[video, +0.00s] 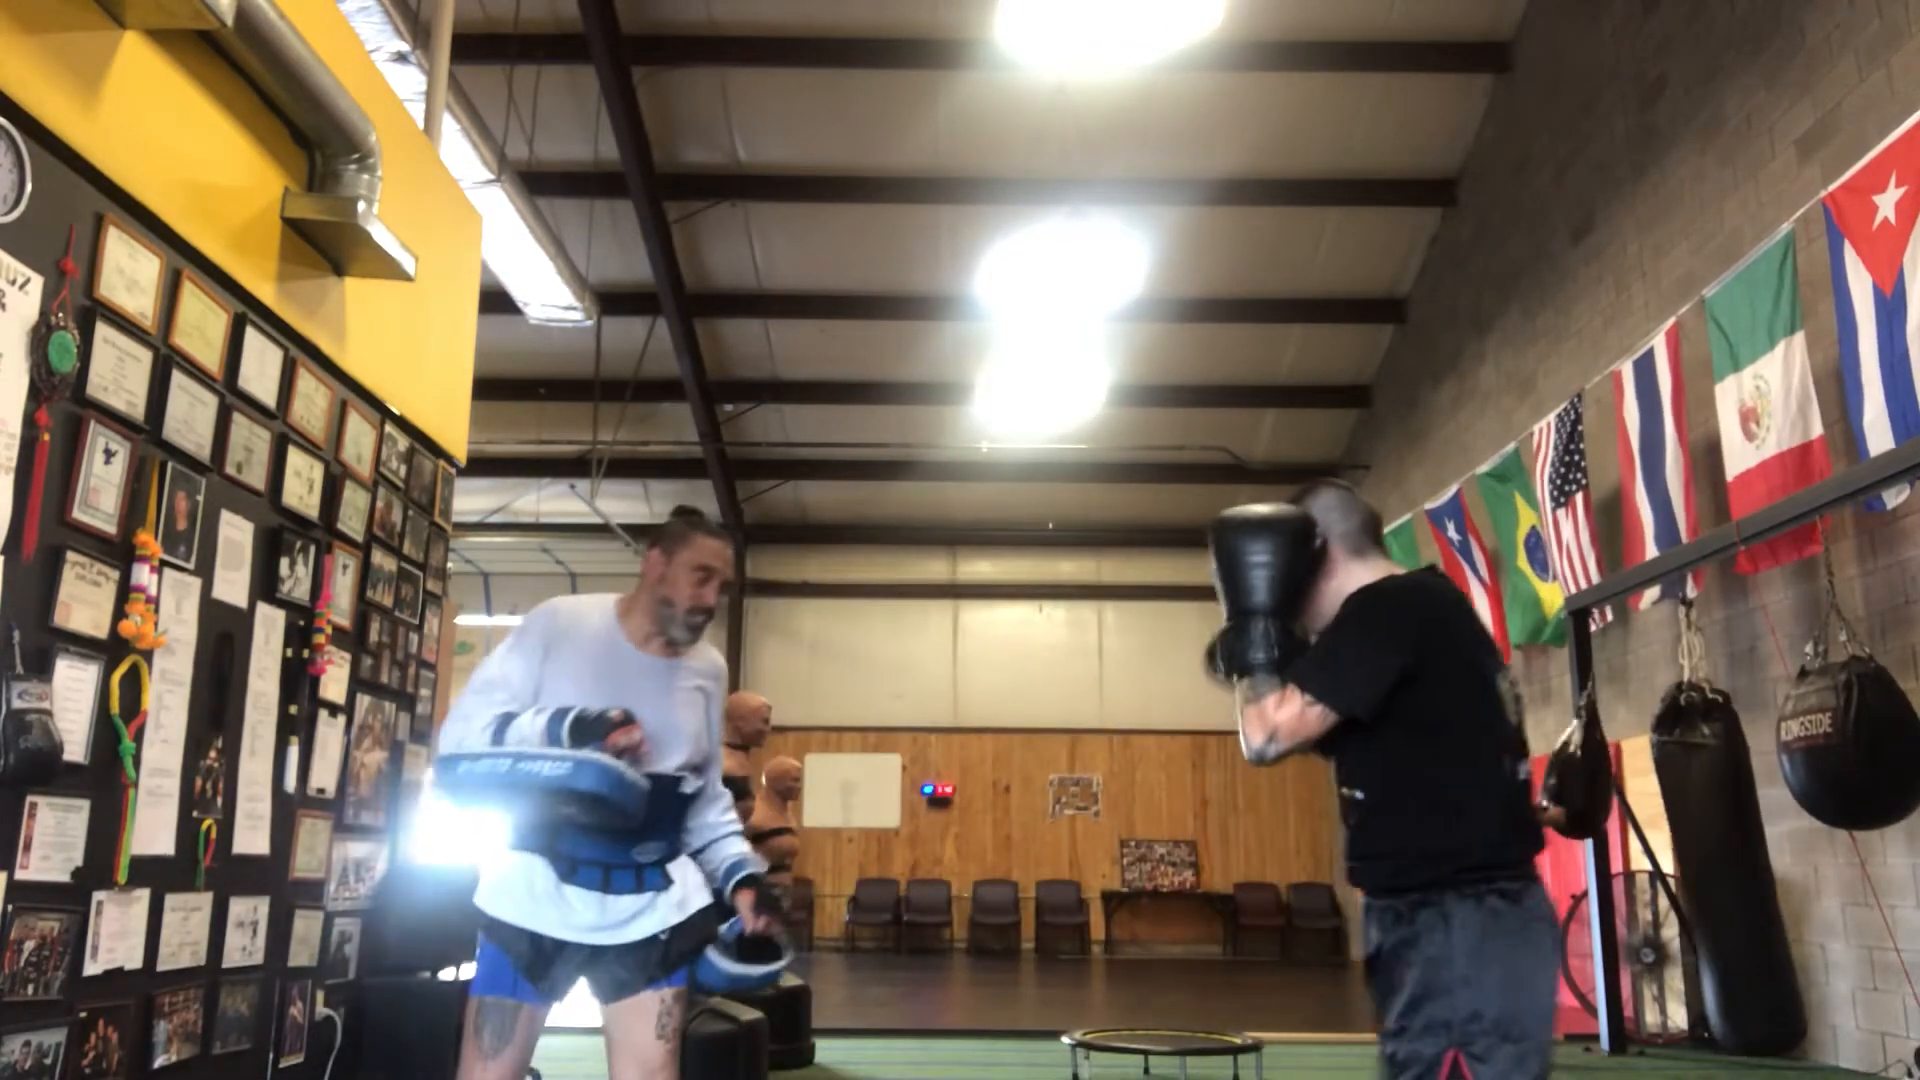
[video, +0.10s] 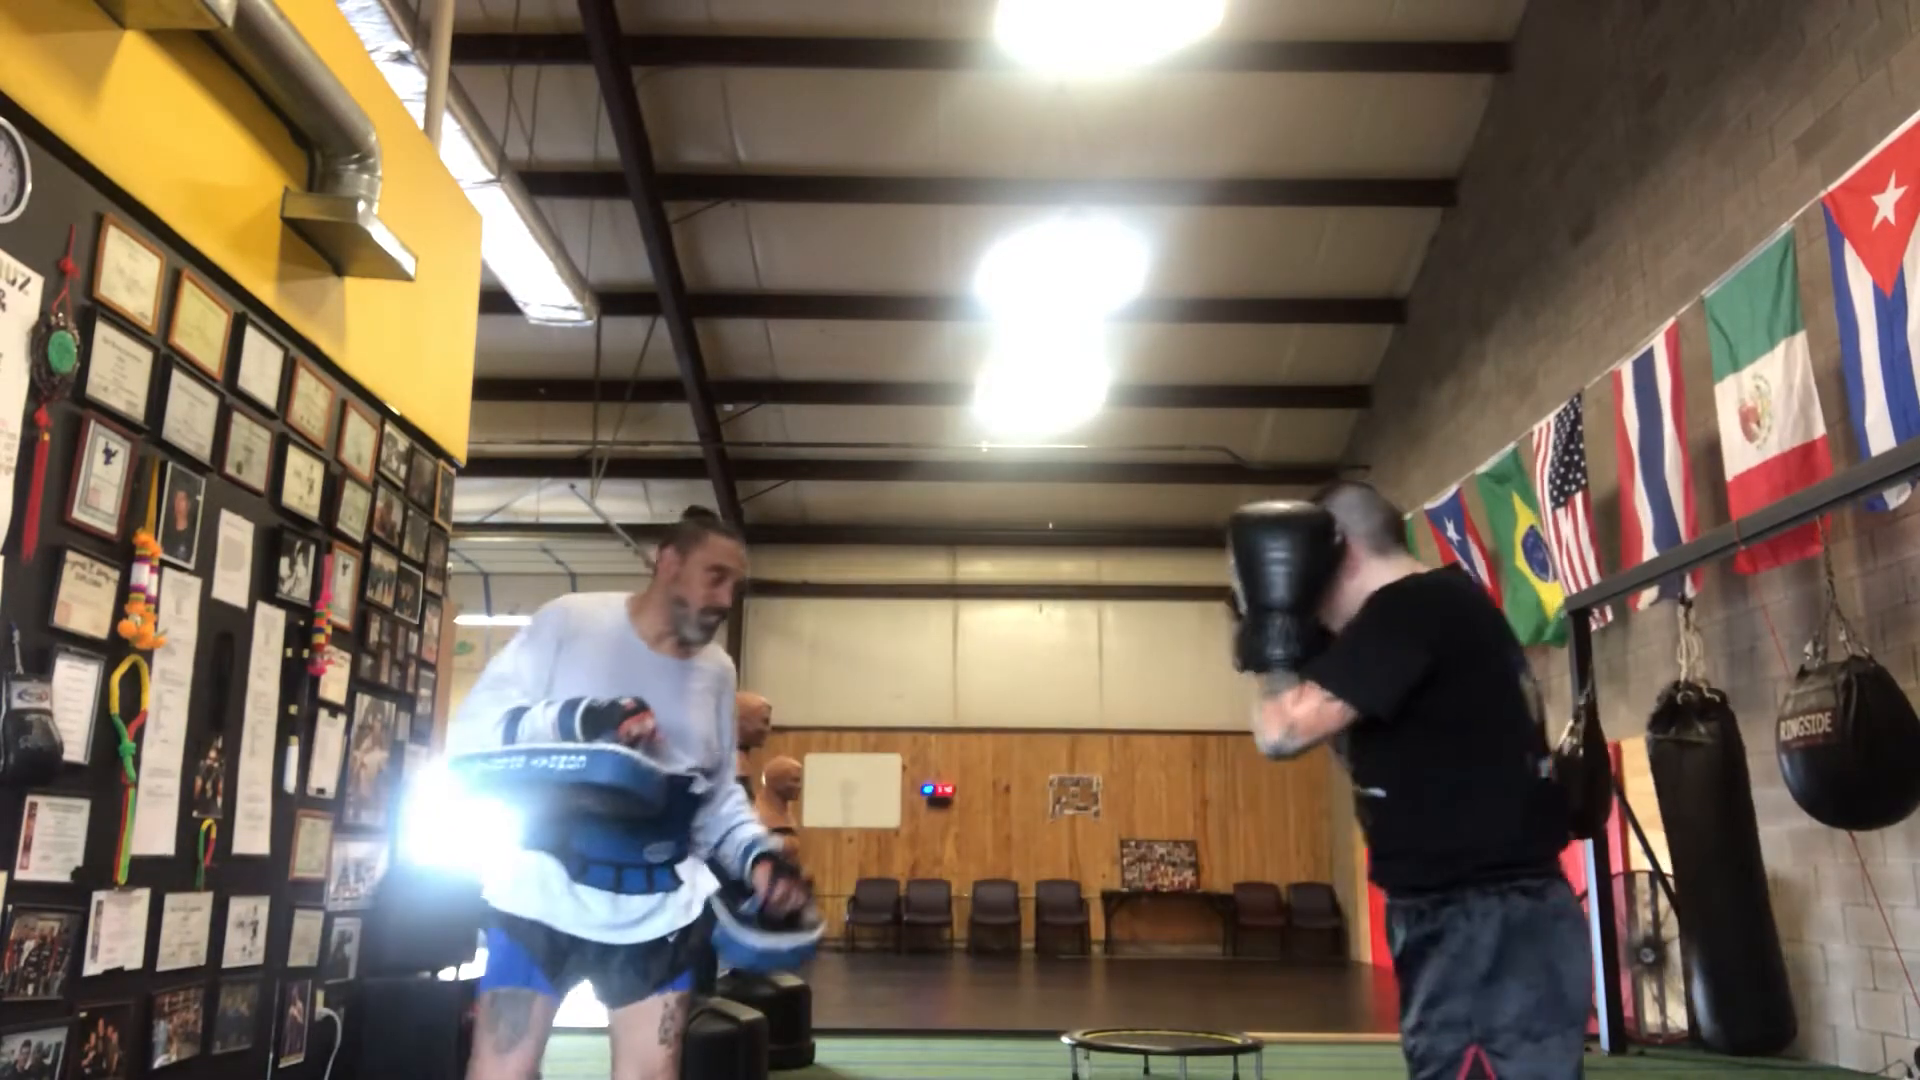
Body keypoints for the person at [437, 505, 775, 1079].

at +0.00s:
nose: (711, 599)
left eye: (722, 587)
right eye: (702, 577)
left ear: (726, 592)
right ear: (653, 563)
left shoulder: (706, 670)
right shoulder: (557, 626)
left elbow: (705, 798)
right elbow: (460, 737)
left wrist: (741, 877)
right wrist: (574, 730)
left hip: (652, 918)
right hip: (530, 907)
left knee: (652, 1072)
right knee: (487, 1073)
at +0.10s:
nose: (726, 600)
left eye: (736, 586)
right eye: (716, 577)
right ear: (666, 563)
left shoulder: (715, 672)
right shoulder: (570, 622)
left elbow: (718, 798)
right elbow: (471, 732)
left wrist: (757, 857)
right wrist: (584, 721)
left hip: (658, 917)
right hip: (536, 906)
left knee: (652, 1072)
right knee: (500, 1071)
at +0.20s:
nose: (732, 592)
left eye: (740, 579)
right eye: (720, 570)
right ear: (668, 558)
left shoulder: (721, 667)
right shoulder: (573, 619)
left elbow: (727, 789)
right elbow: (479, 725)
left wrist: (771, 824)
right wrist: (593, 715)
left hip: (662, 907)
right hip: (547, 894)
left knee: (651, 1070)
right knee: (527, 1067)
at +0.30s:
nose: (732, 584)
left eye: (739, 569)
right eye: (720, 563)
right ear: (667, 553)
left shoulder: (724, 662)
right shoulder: (570, 618)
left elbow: (726, 787)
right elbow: (477, 730)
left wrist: (781, 791)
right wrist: (593, 712)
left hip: (667, 908)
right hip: (552, 896)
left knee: (647, 1071)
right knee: (549, 1069)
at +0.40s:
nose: (727, 579)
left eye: (732, 564)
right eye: (713, 558)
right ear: (660, 550)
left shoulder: (717, 657)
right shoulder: (565, 617)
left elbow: (728, 775)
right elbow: (476, 737)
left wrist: (787, 767)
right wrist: (587, 708)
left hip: (673, 917)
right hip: (561, 908)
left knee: (654, 1072)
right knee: (560, 1071)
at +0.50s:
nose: (719, 570)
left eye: (723, 555)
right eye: (703, 549)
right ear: (646, 543)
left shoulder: (703, 645)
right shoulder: (556, 615)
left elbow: (728, 762)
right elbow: (475, 741)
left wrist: (790, 737)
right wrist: (591, 694)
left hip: (680, 917)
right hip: (566, 910)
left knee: (672, 1072)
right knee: (560, 1073)